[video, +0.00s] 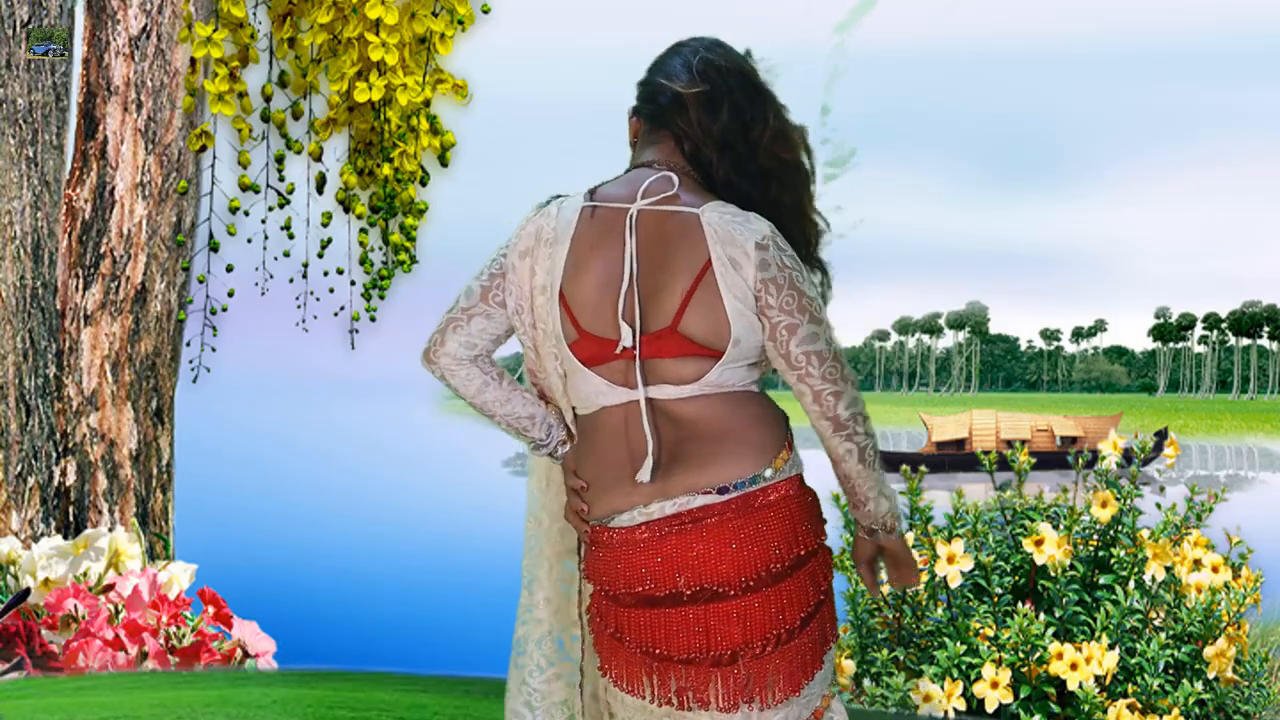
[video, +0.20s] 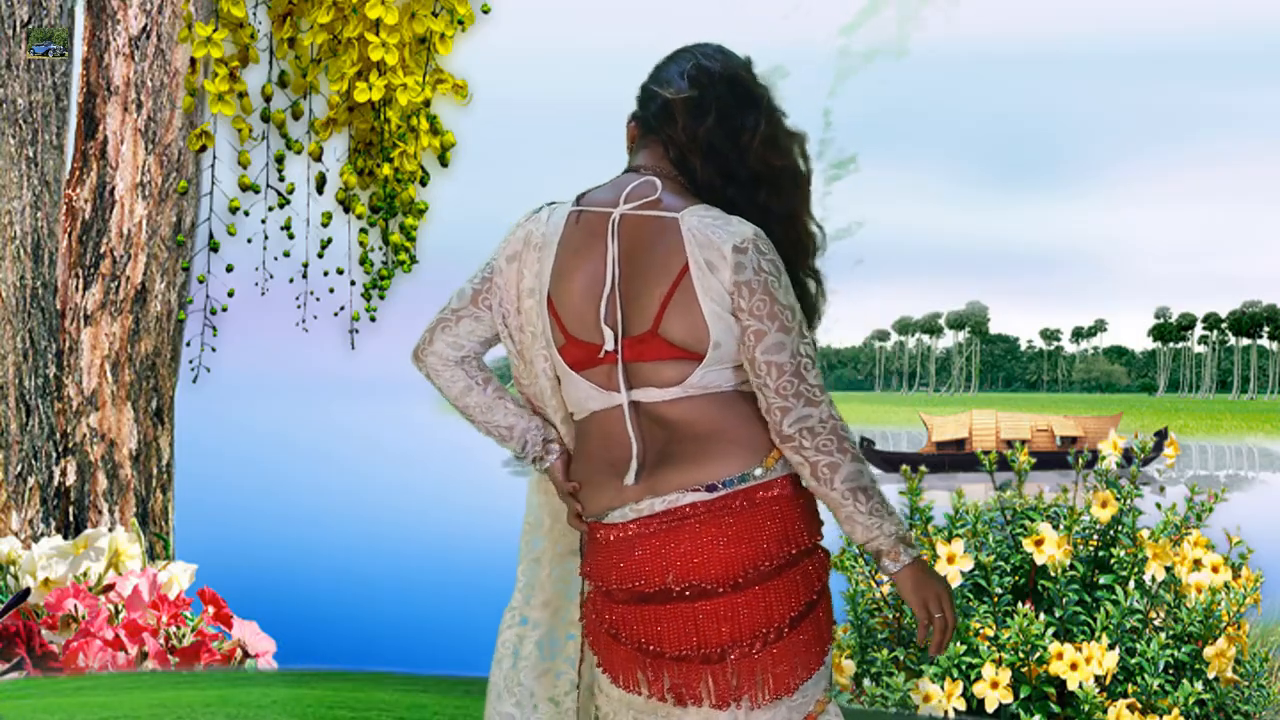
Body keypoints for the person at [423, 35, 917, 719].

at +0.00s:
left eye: (631, 116)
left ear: (635, 121)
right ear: (737, 134)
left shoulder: (547, 232)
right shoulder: (746, 237)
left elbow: (452, 350)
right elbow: (829, 395)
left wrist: (561, 436)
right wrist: (878, 519)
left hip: (624, 537)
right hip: (757, 519)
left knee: (643, 706)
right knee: (790, 705)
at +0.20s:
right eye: (746, 147)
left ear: (633, 130)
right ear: (736, 148)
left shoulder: (537, 239)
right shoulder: (730, 244)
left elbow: (442, 351)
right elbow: (801, 416)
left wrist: (551, 451)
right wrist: (900, 555)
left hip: (622, 534)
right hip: (751, 514)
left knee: (637, 708)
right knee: (773, 706)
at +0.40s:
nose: (746, 175)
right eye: (743, 154)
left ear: (628, 131)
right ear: (722, 155)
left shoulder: (523, 245)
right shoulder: (696, 251)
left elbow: (445, 366)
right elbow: (752, 428)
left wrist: (524, 473)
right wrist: (849, 565)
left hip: (598, 545)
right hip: (715, 522)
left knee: (627, 707)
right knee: (748, 705)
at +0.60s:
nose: (730, 178)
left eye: (732, 156)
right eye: (726, 157)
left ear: (611, 131)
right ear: (700, 159)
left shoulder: (505, 240)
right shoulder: (652, 259)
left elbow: (453, 378)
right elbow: (689, 435)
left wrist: (499, 500)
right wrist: (797, 561)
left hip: (559, 536)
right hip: (665, 521)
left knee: (599, 706)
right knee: (718, 703)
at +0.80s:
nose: (696, 178)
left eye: (699, 157)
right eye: (692, 156)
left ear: (581, 129)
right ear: (666, 156)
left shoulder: (473, 233)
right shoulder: (612, 252)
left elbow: (437, 378)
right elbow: (641, 433)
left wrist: (500, 463)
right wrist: (781, 497)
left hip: (506, 528)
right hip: (612, 513)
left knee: (545, 702)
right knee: (657, 698)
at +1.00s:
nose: (672, 152)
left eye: (671, 130)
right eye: (666, 132)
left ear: (552, 119)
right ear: (642, 133)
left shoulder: (455, 226)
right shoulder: (607, 232)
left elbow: (428, 409)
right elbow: (657, 397)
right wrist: (807, 383)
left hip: (478, 523)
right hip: (586, 522)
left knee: (517, 705)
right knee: (647, 703)